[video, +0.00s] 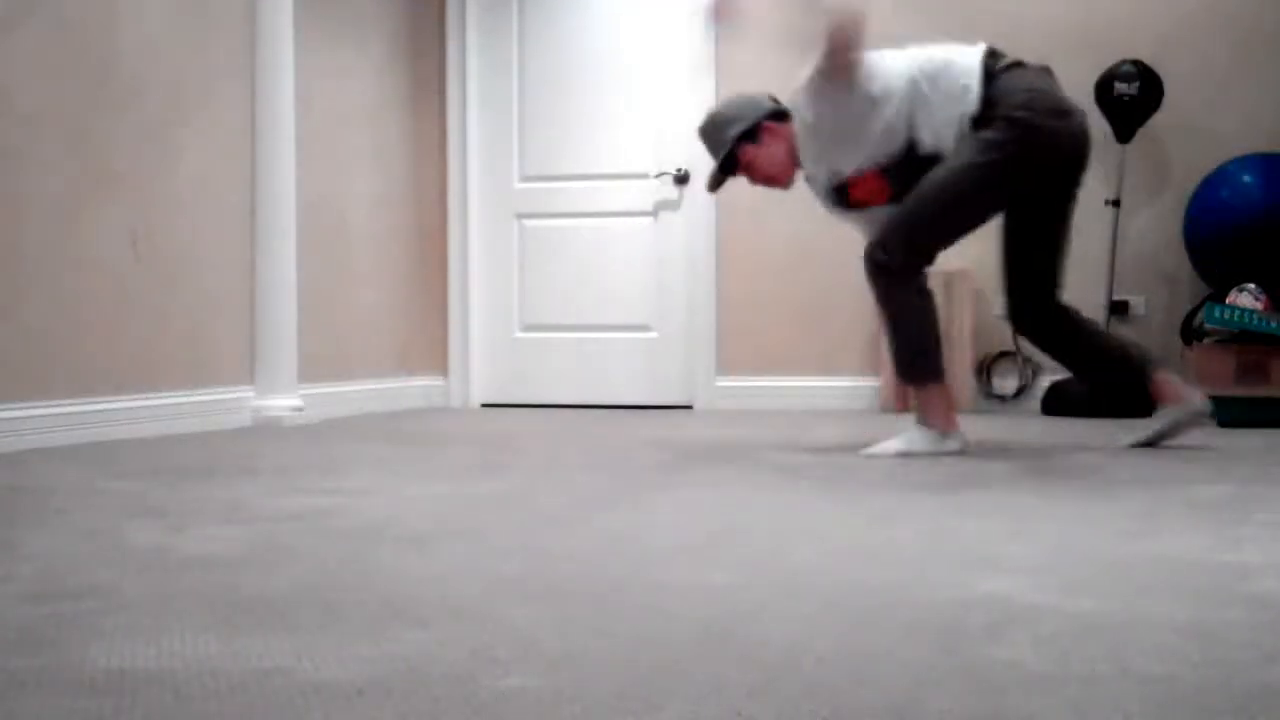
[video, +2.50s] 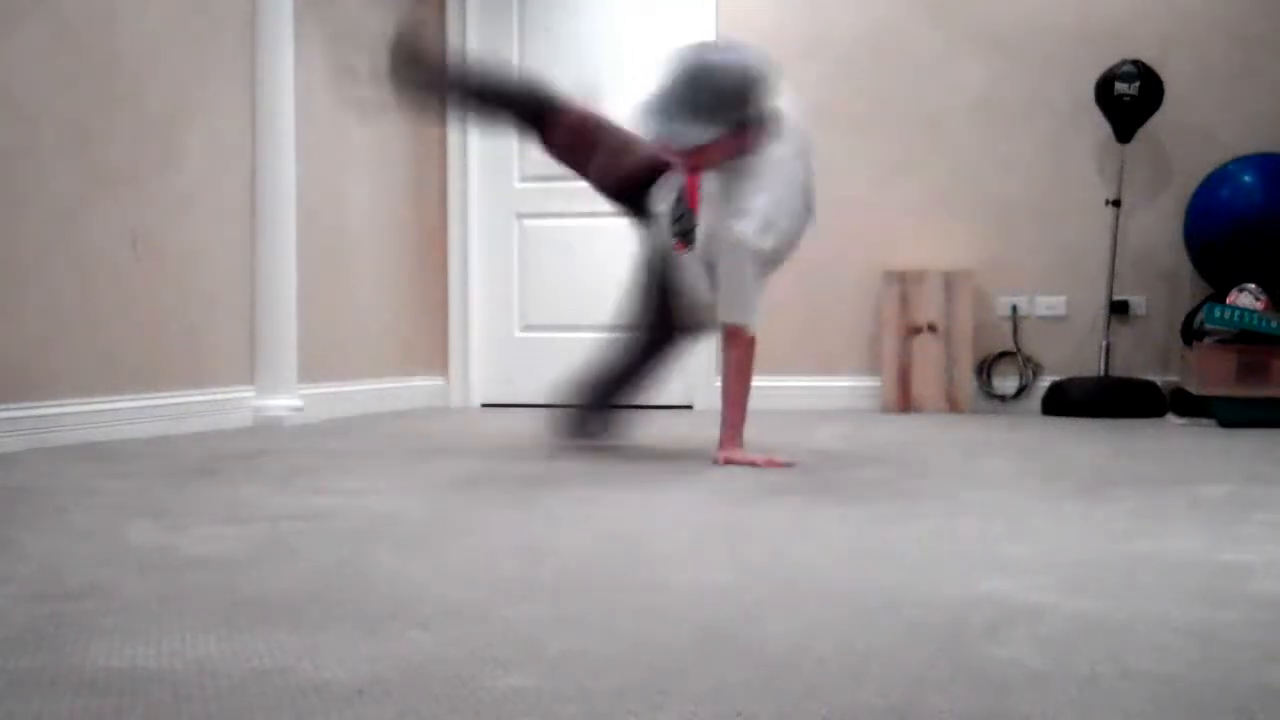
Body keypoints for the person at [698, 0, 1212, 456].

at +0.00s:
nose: (753, 178)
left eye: (745, 163)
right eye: (741, 174)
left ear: (766, 129)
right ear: (761, 150)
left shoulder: (821, 109)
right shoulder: (838, 186)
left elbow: (838, 54)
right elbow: (896, 268)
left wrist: (842, 38)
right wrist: (903, 376)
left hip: (1019, 111)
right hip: (1044, 120)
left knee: (892, 252)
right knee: (1033, 308)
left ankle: (937, 426)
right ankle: (1174, 397)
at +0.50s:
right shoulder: (641, 8)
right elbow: (644, 42)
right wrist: (678, 78)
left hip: (770, 116)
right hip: (687, 127)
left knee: (837, 265)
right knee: (603, 277)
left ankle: (894, 422)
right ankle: (607, 413)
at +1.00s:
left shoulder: (761, 7)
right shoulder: (644, 6)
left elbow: (758, 69)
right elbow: (643, 64)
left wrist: (686, 125)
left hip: (732, 125)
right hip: (648, 127)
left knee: (801, 238)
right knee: (565, 245)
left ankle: (840, 397)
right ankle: (496, 370)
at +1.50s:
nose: (454, 183)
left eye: (455, 160)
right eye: (444, 177)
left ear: (496, 137)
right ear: (451, 191)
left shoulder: (564, 146)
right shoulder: (558, 230)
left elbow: (612, 96)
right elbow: (614, 324)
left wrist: (561, 122)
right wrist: (588, 436)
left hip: (766, 184)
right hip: (695, 220)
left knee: (714, 252)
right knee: (631, 312)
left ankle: (790, 429)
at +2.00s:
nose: (597, 129)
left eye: (603, 115)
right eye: (585, 126)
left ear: (632, 111)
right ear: (580, 138)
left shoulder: (690, 159)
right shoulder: (591, 219)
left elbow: (771, 221)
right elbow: (600, 334)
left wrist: (798, 288)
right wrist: (589, 438)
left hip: (695, 240)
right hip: (624, 275)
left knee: (711, 63)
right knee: (459, 280)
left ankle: (716, 4)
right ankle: (299, 317)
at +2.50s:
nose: (682, 151)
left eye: (696, 141)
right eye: (679, 136)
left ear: (739, 133)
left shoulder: (744, 229)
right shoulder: (754, 109)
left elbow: (739, 336)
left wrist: (731, 445)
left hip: (686, 282)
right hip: (671, 196)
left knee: (643, 351)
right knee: (553, 117)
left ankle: (587, 415)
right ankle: (435, 77)